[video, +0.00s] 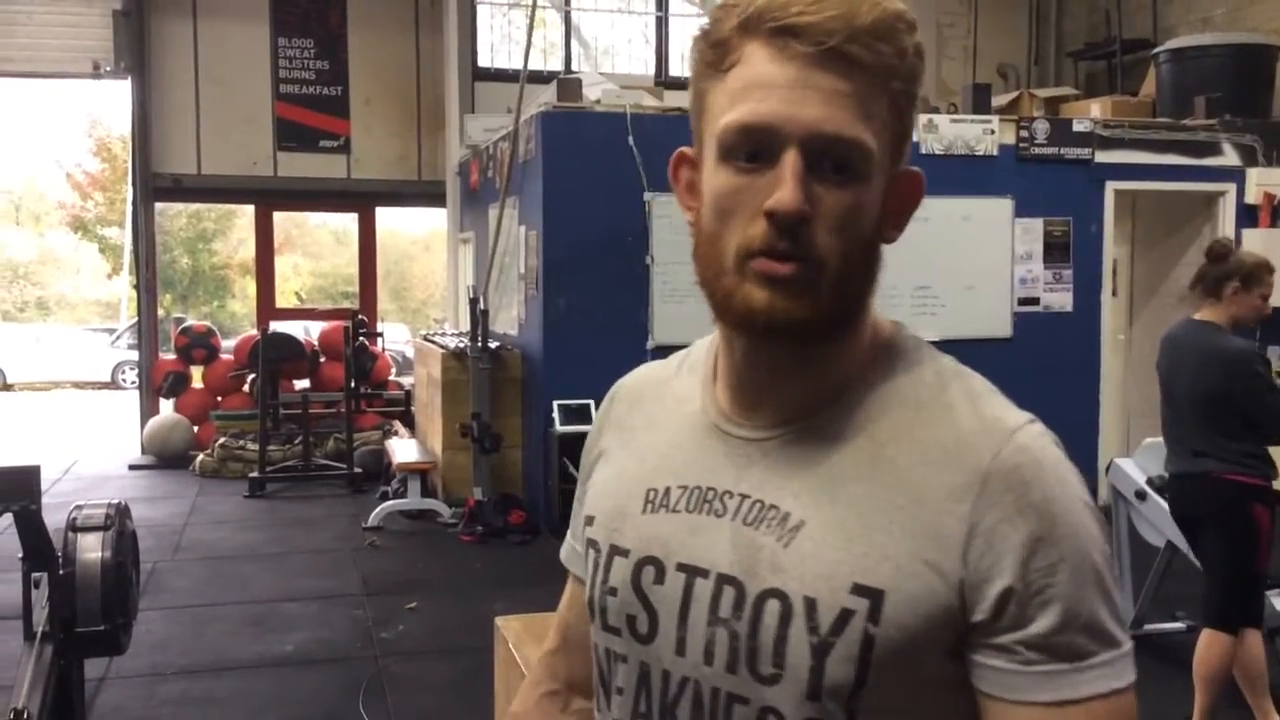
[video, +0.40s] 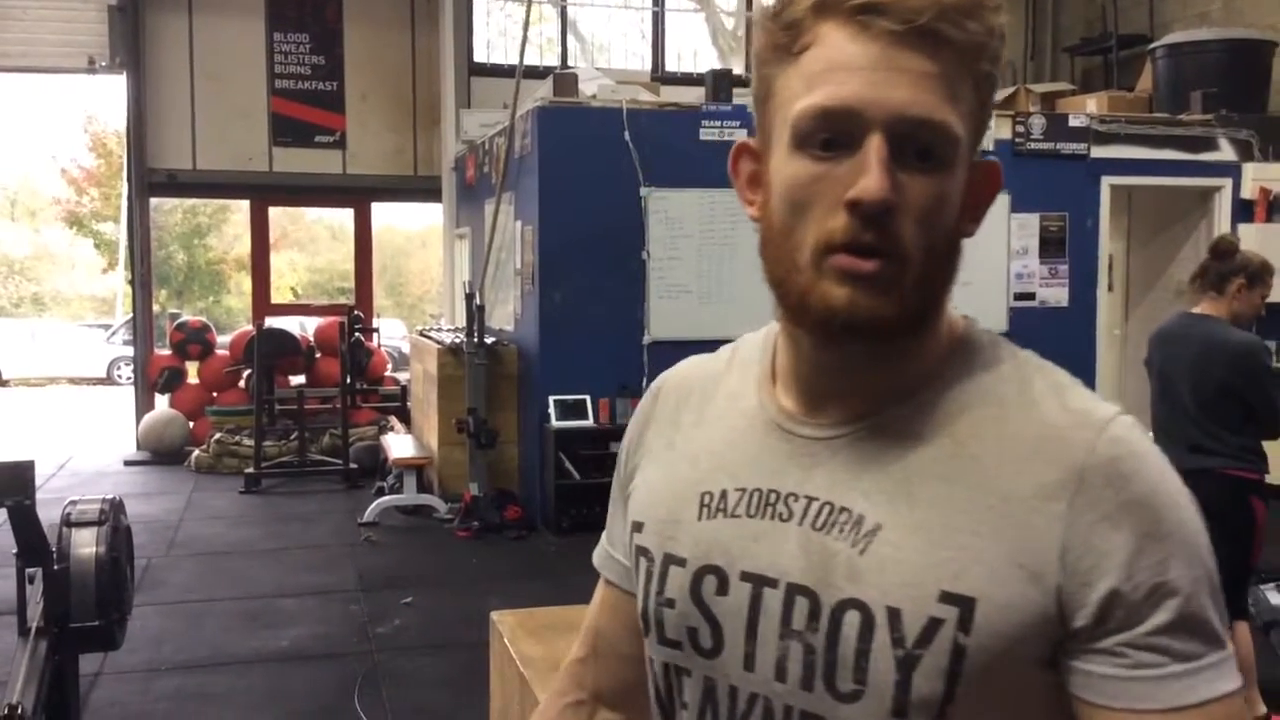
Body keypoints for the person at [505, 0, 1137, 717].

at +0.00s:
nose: (788, 201)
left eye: (835, 164)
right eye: (751, 154)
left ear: (895, 208)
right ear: (690, 185)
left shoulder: (1006, 480)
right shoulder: (631, 412)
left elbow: (1080, 697)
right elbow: (563, 686)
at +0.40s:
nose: (874, 188)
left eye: (920, 151)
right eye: (830, 140)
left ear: (972, 201)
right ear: (754, 183)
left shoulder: (1097, 479)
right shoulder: (674, 413)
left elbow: (1196, 707)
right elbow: (597, 696)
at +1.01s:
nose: (817, 199)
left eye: (868, 158)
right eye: (780, 144)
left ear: (932, 192)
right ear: (714, 164)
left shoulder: (1039, 487)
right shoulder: (655, 392)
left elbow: (1097, 700)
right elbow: (592, 658)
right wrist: (571, 674)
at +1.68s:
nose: (709, 137)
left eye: (752, 97)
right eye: (672, 97)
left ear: (823, 128)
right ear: (624, 131)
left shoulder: (946, 382)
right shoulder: (617, 351)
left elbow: (1053, 696)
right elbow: (572, 617)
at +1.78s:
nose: (752, 112)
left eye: (797, 70)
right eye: (715, 74)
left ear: (875, 99)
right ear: (672, 111)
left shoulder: (1010, 353)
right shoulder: (687, 332)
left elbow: (1134, 682)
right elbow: (645, 594)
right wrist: (595, 706)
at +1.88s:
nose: (820, 85)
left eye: (867, 39)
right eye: (786, 51)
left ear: (968, 55)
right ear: (758, 81)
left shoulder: (1108, 323)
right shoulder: (799, 304)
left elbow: (1242, 677)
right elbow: (754, 577)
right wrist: (691, 707)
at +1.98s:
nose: (871, 87)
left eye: (918, 35)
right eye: (855, 47)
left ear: (1054, 28)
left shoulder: (1219, 298)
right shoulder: (930, 283)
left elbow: (1266, 664)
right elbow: (904, 575)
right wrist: (810, 703)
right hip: (909, 705)